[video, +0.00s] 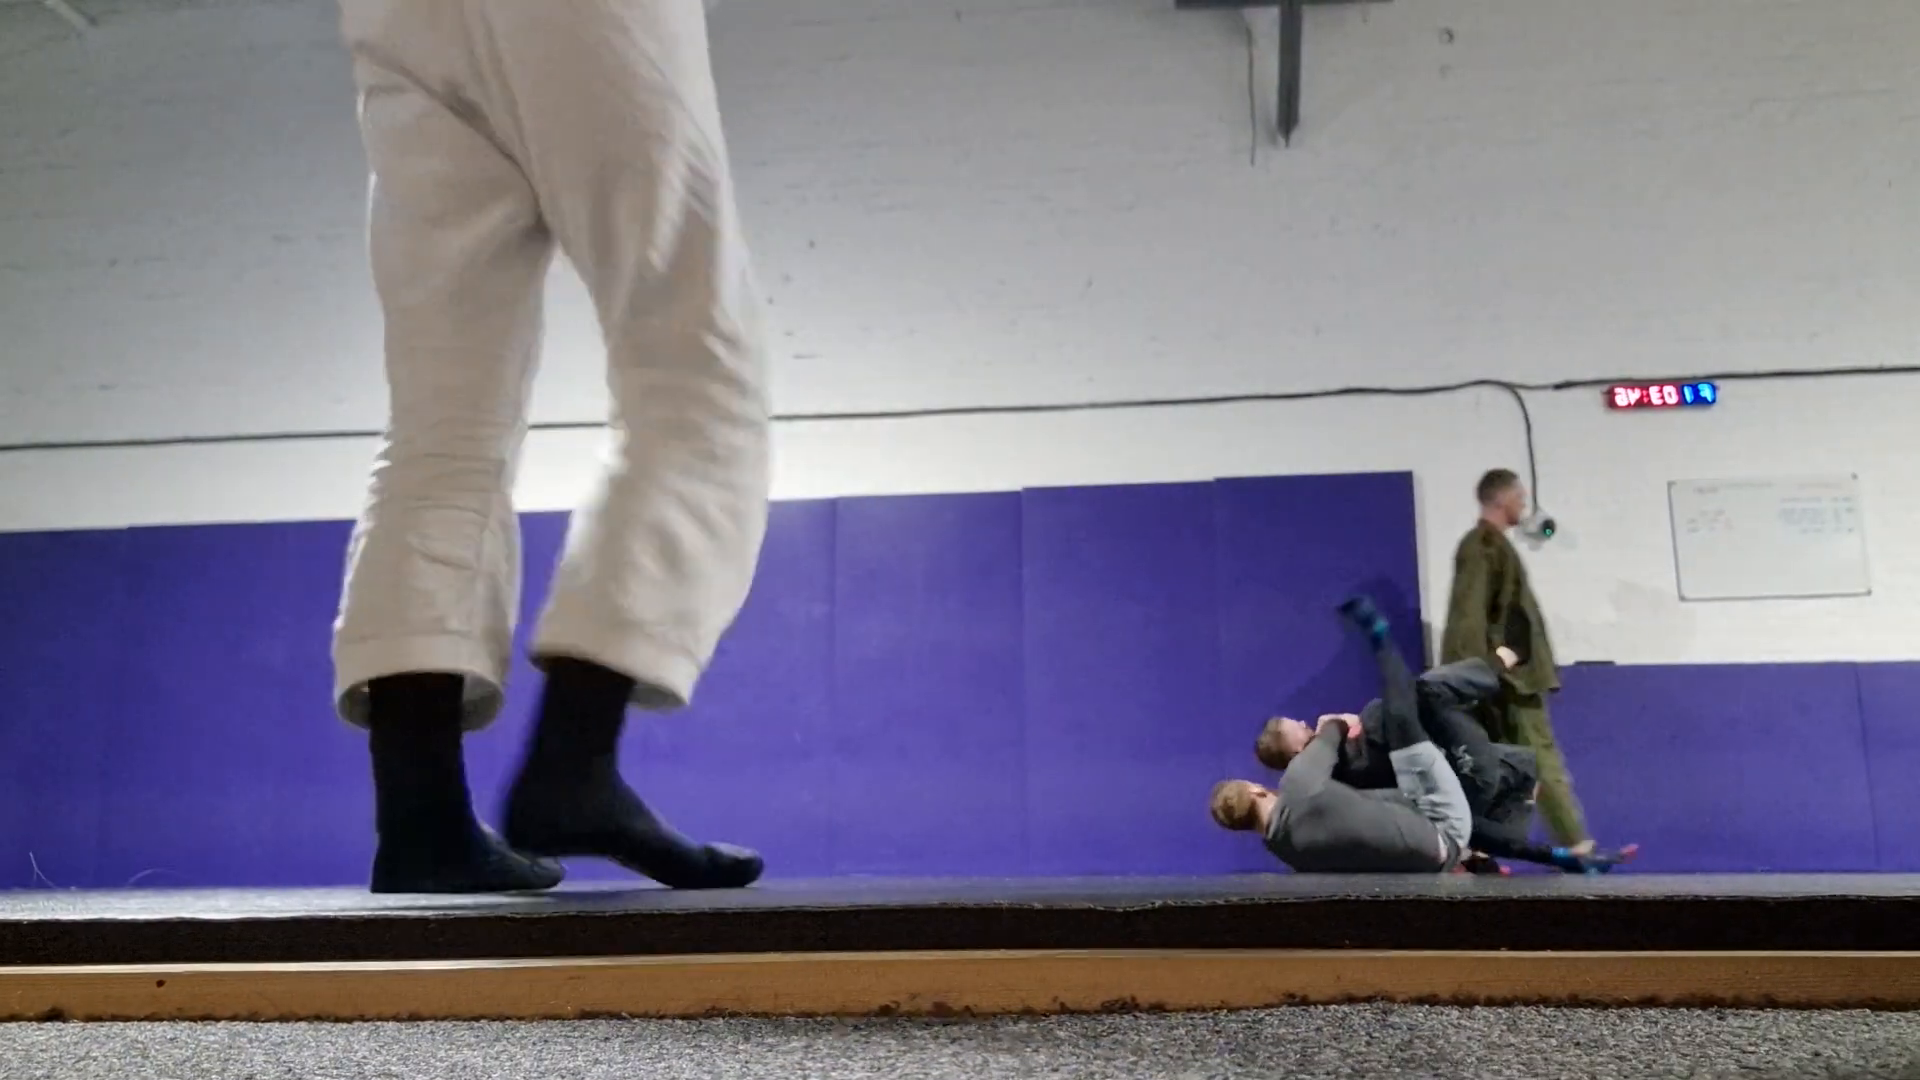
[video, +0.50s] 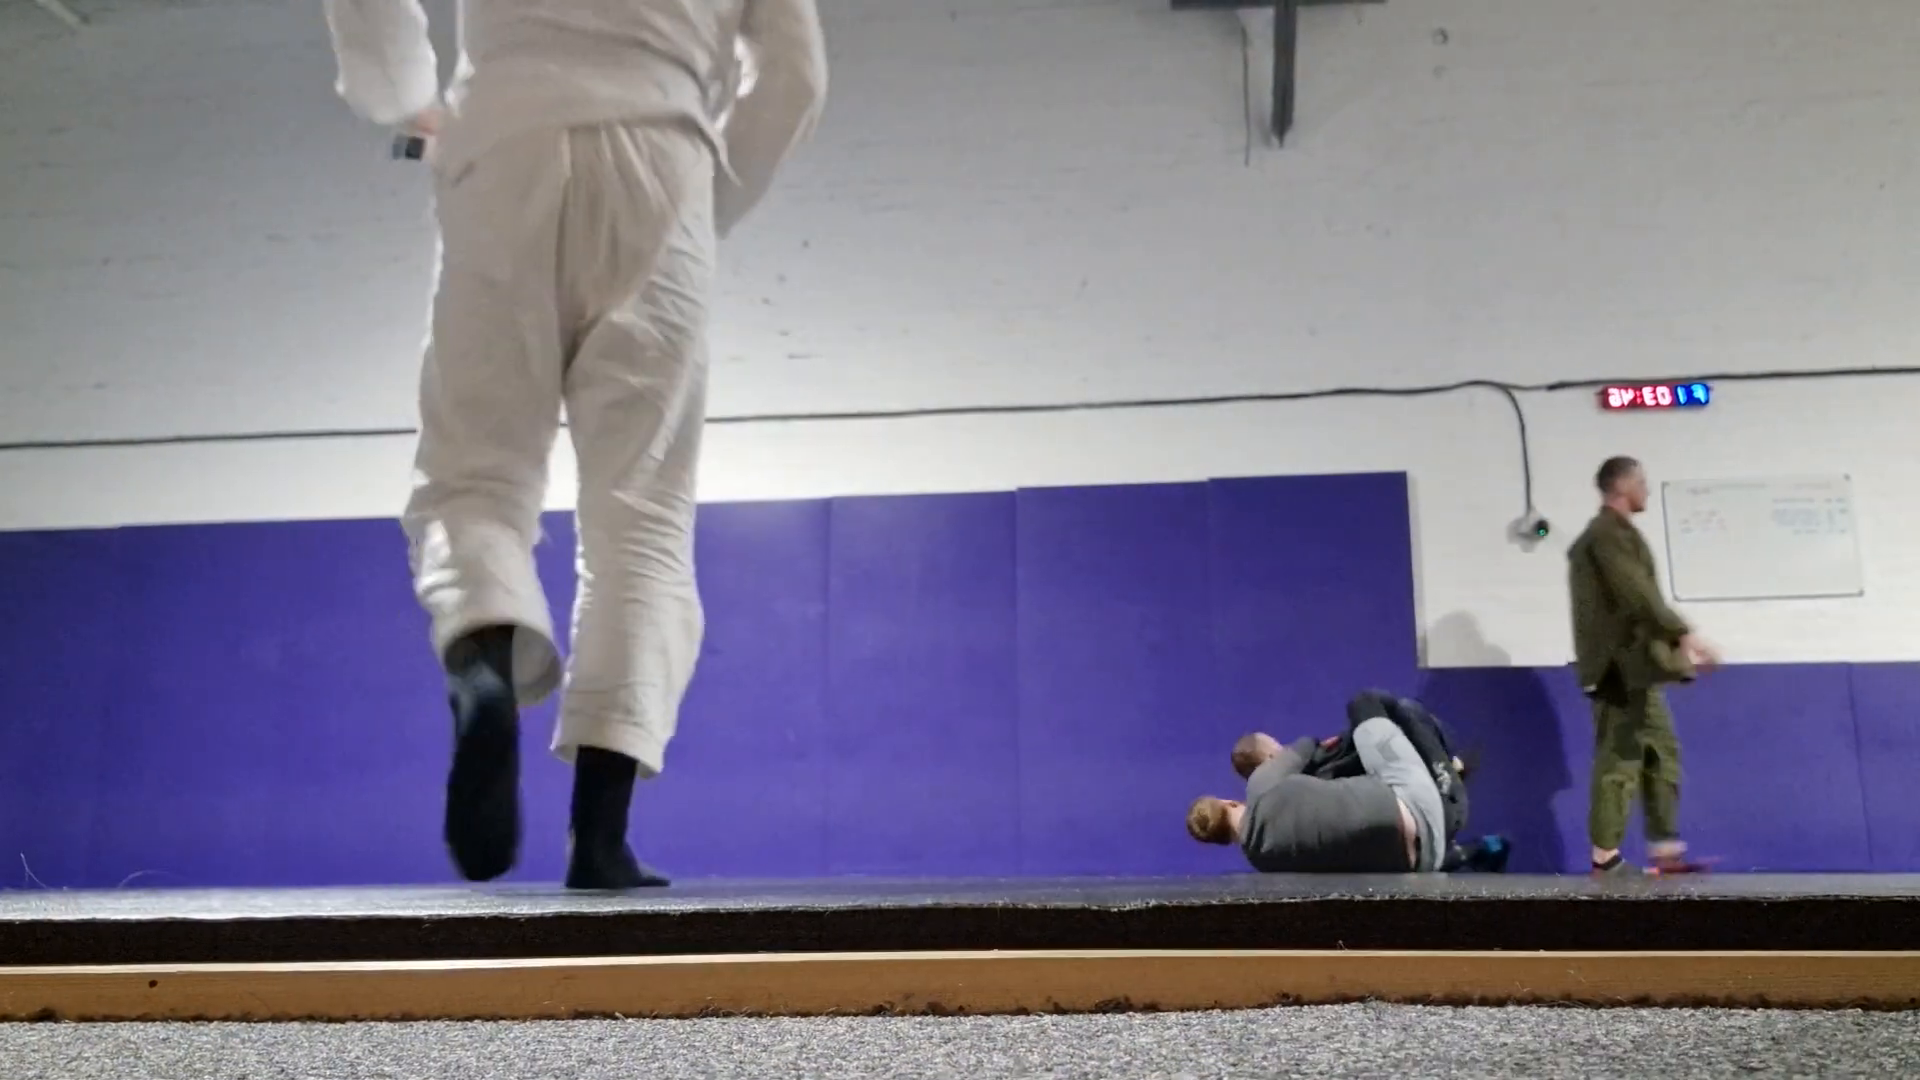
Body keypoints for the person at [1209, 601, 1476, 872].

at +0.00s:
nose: (1259, 784)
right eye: (1253, 784)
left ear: (1240, 827)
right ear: (1257, 789)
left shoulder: (1290, 853)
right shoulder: (1298, 784)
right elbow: (1329, 727)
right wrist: (1332, 721)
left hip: (1437, 862)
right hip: (1447, 833)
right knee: (1400, 719)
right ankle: (1381, 637)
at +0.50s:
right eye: (1227, 799)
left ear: (1219, 843)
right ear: (1229, 801)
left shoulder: (1262, 860)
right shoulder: (1263, 784)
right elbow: (1305, 747)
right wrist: (1318, 747)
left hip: (1424, 865)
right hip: (1418, 812)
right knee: (1370, 718)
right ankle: (1442, 778)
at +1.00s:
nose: (1218, 798)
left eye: (1211, 828)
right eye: (1220, 795)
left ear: (1218, 843)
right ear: (1230, 794)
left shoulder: (1258, 862)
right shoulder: (1261, 778)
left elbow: (1315, 866)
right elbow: (1303, 751)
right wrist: (1281, 761)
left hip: (1407, 861)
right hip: (1407, 805)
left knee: (1459, 859)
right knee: (1320, 729)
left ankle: (1535, 861)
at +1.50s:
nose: (1257, 769)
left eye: (1221, 829)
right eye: (1250, 775)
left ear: (1226, 840)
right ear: (1242, 792)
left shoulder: (1265, 863)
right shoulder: (1273, 779)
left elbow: (1323, 861)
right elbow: (1317, 758)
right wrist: (1322, 755)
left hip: (1418, 861)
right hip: (1419, 809)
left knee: (1451, 858)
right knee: (1355, 738)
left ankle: (1533, 859)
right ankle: (1314, 734)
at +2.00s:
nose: (1255, 773)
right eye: (1247, 777)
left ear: (1219, 840)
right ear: (1234, 794)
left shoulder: (1259, 862)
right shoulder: (1267, 783)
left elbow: (1319, 865)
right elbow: (1304, 757)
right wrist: (1302, 771)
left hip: (1413, 863)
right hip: (1407, 808)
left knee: (1459, 856)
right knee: (1320, 730)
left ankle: (1539, 861)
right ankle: (1321, 776)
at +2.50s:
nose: (1231, 792)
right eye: (1229, 793)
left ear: (1219, 839)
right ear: (1233, 798)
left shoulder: (1257, 866)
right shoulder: (1274, 784)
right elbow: (1305, 762)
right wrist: (1269, 769)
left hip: (1421, 861)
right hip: (1417, 810)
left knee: (1454, 854)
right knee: (1330, 726)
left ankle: (1501, 864)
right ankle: (1327, 770)